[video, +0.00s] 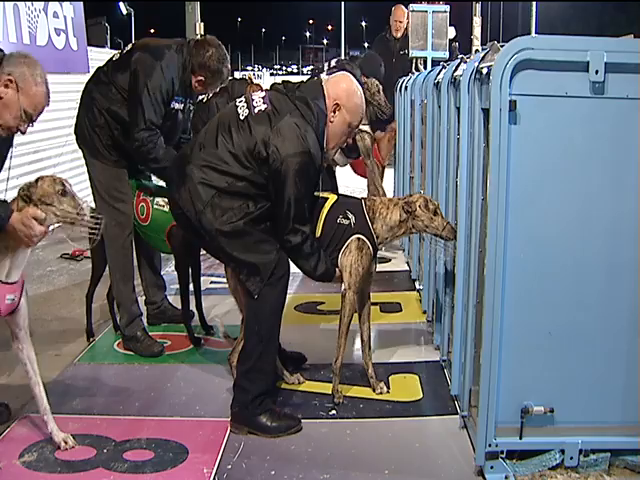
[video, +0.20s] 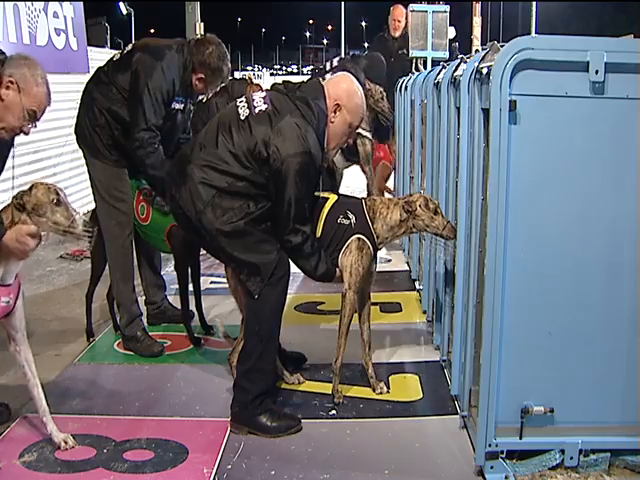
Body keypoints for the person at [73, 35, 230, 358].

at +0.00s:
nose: (205, 95)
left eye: (209, 91)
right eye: (206, 90)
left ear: (198, 74)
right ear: (197, 78)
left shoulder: (189, 67)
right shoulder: (157, 68)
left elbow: (181, 135)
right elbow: (141, 137)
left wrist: (192, 171)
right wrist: (178, 169)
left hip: (134, 132)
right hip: (102, 131)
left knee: (146, 218)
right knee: (120, 219)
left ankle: (157, 304)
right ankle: (130, 325)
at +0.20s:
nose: (208, 95)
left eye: (211, 91)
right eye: (209, 90)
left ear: (198, 73)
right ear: (197, 78)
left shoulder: (190, 66)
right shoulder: (157, 68)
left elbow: (181, 139)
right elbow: (142, 138)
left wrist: (189, 182)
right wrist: (168, 187)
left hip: (137, 133)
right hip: (103, 132)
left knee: (145, 221)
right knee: (119, 222)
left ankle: (157, 304)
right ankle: (130, 324)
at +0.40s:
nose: (211, 96)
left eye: (215, 91)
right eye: (210, 90)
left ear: (200, 72)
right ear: (195, 74)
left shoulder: (194, 69)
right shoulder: (157, 71)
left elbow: (187, 136)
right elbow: (144, 140)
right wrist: (181, 175)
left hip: (137, 132)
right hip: (102, 131)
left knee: (146, 219)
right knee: (119, 222)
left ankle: (157, 304)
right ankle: (130, 324)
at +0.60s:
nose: (210, 97)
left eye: (214, 92)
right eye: (209, 90)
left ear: (199, 69)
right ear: (195, 70)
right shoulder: (157, 72)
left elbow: (184, 141)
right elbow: (143, 141)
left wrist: (196, 182)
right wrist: (177, 187)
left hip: (137, 134)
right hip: (103, 133)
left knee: (145, 222)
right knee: (119, 222)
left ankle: (157, 304)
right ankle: (130, 324)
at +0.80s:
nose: (209, 95)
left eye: (215, 90)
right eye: (209, 87)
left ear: (199, 67)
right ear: (194, 68)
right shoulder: (156, 71)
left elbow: (182, 138)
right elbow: (141, 140)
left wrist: (202, 168)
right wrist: (186, 173)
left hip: (138, 136)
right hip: (103, 133)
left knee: (146, 222)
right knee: (119, 224)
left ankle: (157, 304)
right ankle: (130, 325)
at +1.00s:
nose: (211, 93)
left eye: (216, 87)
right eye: (210, 85)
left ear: (198, 65)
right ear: (193, 66)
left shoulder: (190, 80)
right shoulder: (155, 71)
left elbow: (183, 140)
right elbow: (138, 138)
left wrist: (189, 179)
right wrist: (173, 185)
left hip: (139, 138)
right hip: (104, 133)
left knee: (146, 222)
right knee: (119, 223)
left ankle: (157, 305)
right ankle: (130, 324)